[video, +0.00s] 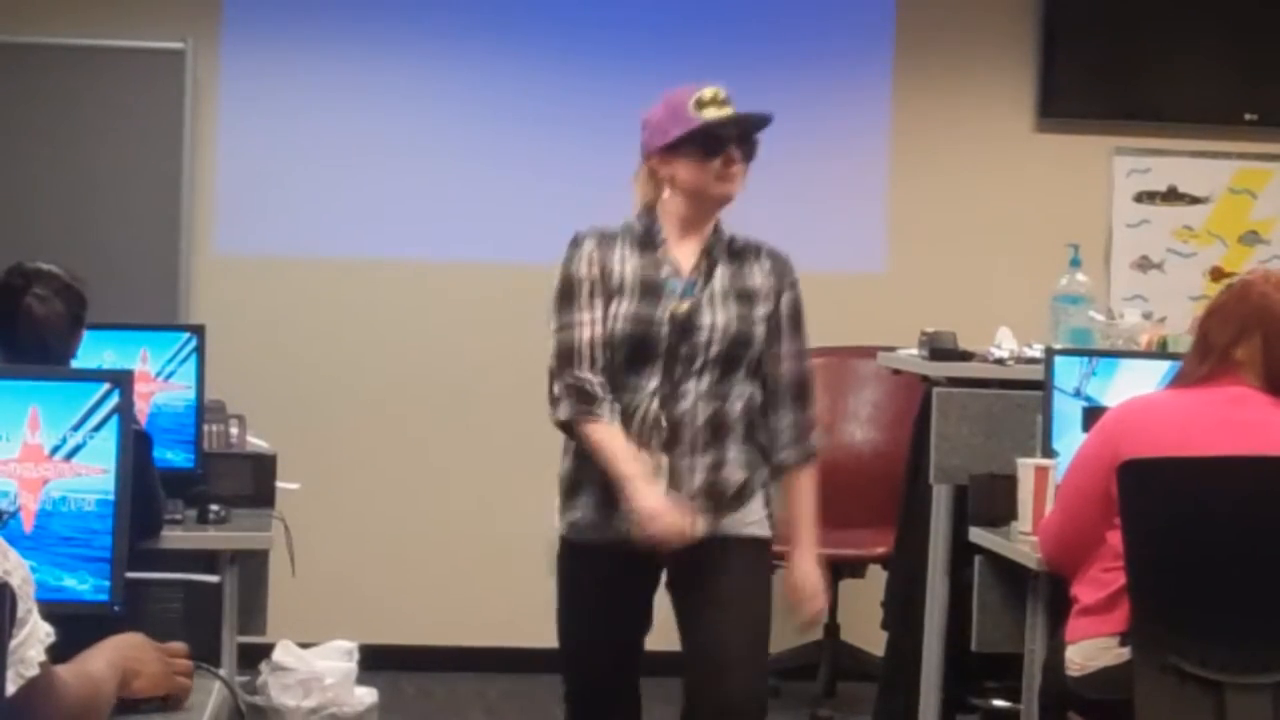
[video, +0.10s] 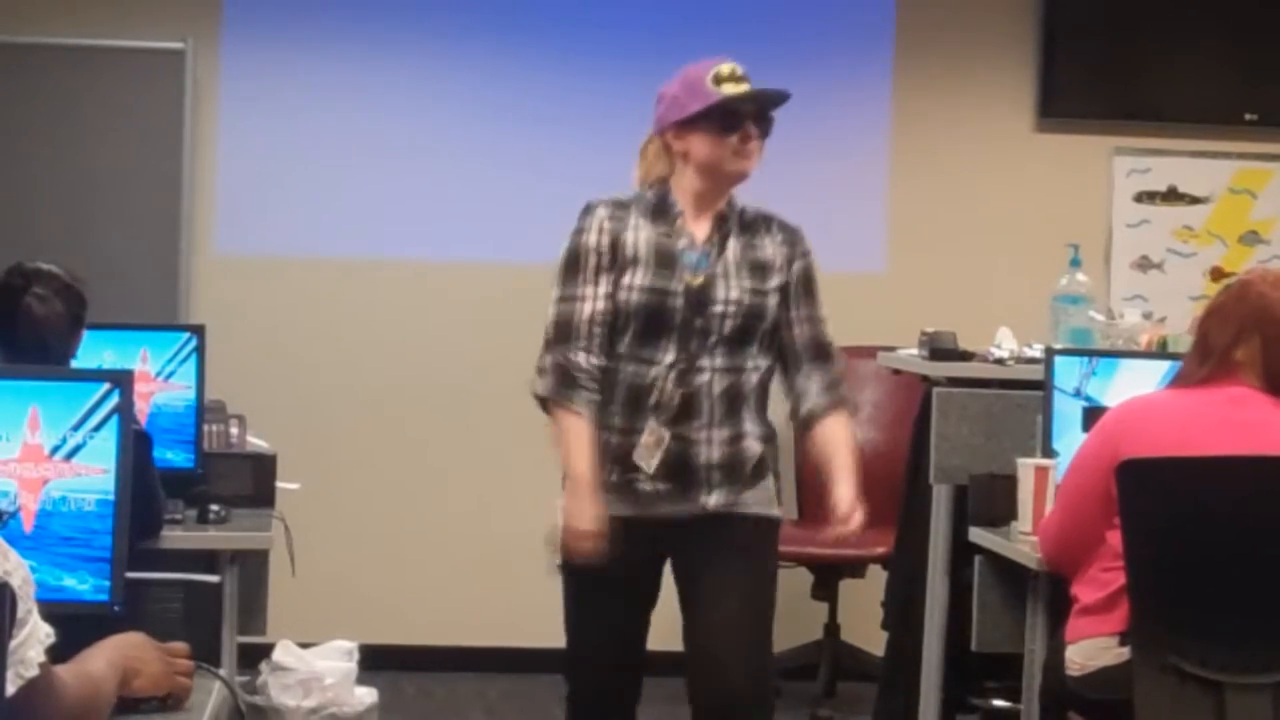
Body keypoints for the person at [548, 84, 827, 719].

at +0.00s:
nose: (734, 160)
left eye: (741, 147)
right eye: (711, 147)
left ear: (747, 159)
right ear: (663, 164)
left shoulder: (767, 273)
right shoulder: (596, 256)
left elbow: (791, 422)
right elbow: (577, 394)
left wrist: (804, 551)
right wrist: (642, 488)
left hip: (726, 528)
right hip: (608, 525)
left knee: (732, 703)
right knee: (599, 706)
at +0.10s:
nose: (751, 136)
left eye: (757, 123)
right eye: (728, 123)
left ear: (762, 136)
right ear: (677, 138)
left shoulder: (779, 245)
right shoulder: (607, 226)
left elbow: (813, 372)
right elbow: (571, 367)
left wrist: (843, 477)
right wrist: (581, 486)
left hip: (731, 503)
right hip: (616, 499)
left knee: (735, 698)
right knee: (599, 700)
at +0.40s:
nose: (730, 173)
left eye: (747, 156)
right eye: (709, 158)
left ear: (774, 172)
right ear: (685, 175)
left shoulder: (805, 284)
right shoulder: (631, 272)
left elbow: (822, 404)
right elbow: (570, 392)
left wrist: (810, 514)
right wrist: (523, 504)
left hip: (748, 527)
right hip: (630, 520)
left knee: (753, 706)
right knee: (597, 700)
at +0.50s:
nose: (703, 119)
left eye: (725, 108)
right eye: (688, 107)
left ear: (761, 133)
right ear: (671, 129)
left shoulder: (800, 238)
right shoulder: (623, 227)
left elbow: (780, 374)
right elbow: (579, 372)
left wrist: (712, 479)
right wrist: (590, 476)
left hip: (755, 501)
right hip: (633, 492)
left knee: (739, 699)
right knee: (619, 692)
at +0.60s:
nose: (682, 129)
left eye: (705, 115)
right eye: (671, 115)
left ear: (750, 135)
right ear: (659, 129)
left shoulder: (789, 232)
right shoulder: (619, 231)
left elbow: (746, 359)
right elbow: (588, 368)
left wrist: (624, 438)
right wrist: (605, 459)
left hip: (752, 511)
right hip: (636, 504)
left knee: (739, 706)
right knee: (623, 697)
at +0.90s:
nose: (615, 149)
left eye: (637, 129)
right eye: (610, 131)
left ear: (688, 143)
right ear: (608, 141)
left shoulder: (751, 239)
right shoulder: (585, 258)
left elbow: (733, 383)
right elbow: (567, 408)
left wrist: (659, 487)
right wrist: (558, 541)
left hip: (731, 529)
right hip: (607, 529)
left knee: (727, 711)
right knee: (597, 707)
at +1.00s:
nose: (602, 114)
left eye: (625, 97)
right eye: (599, 98)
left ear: (680, 113)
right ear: (595, 109)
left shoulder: (749, 203)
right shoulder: (570, 225)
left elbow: (769, 354)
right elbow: (540, 373)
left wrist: (732, 478)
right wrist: (528, 502)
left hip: (727, 518)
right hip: (607, 514)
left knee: (722, 707)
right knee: (602, 703)